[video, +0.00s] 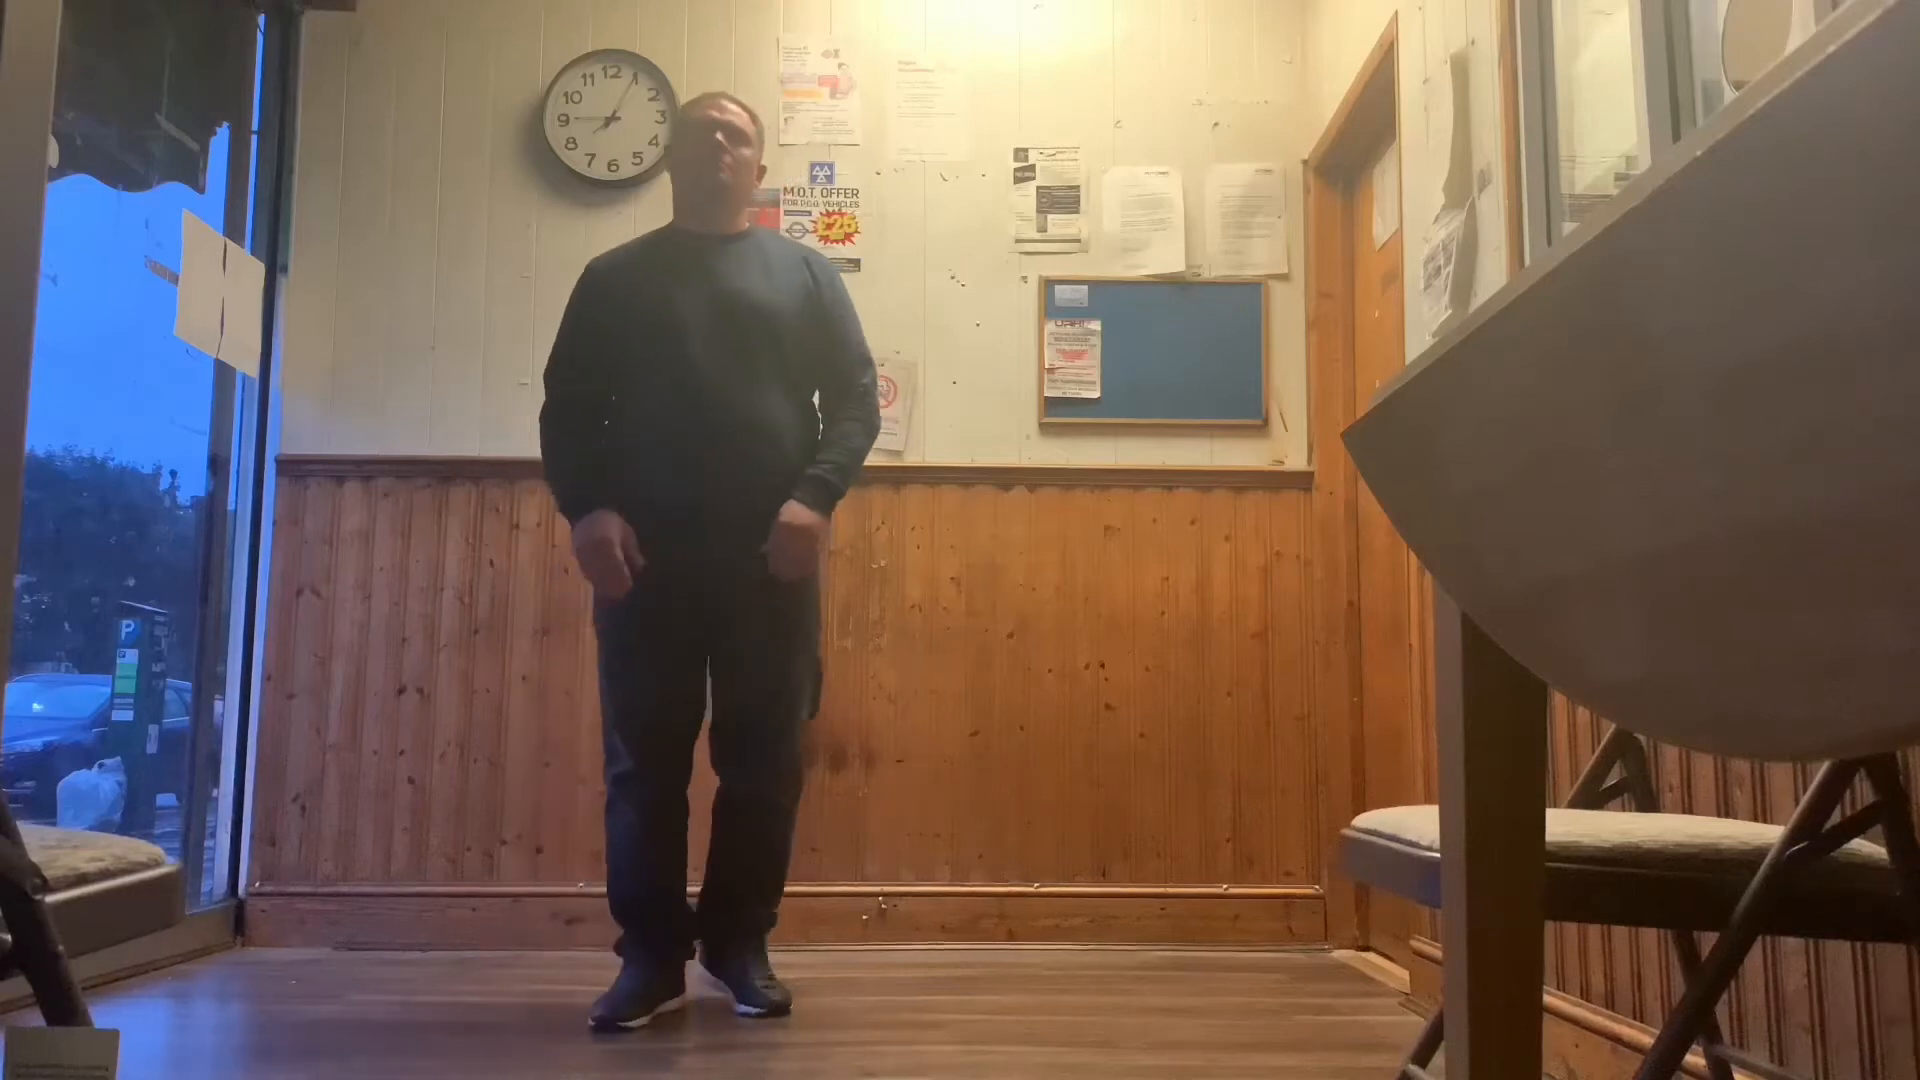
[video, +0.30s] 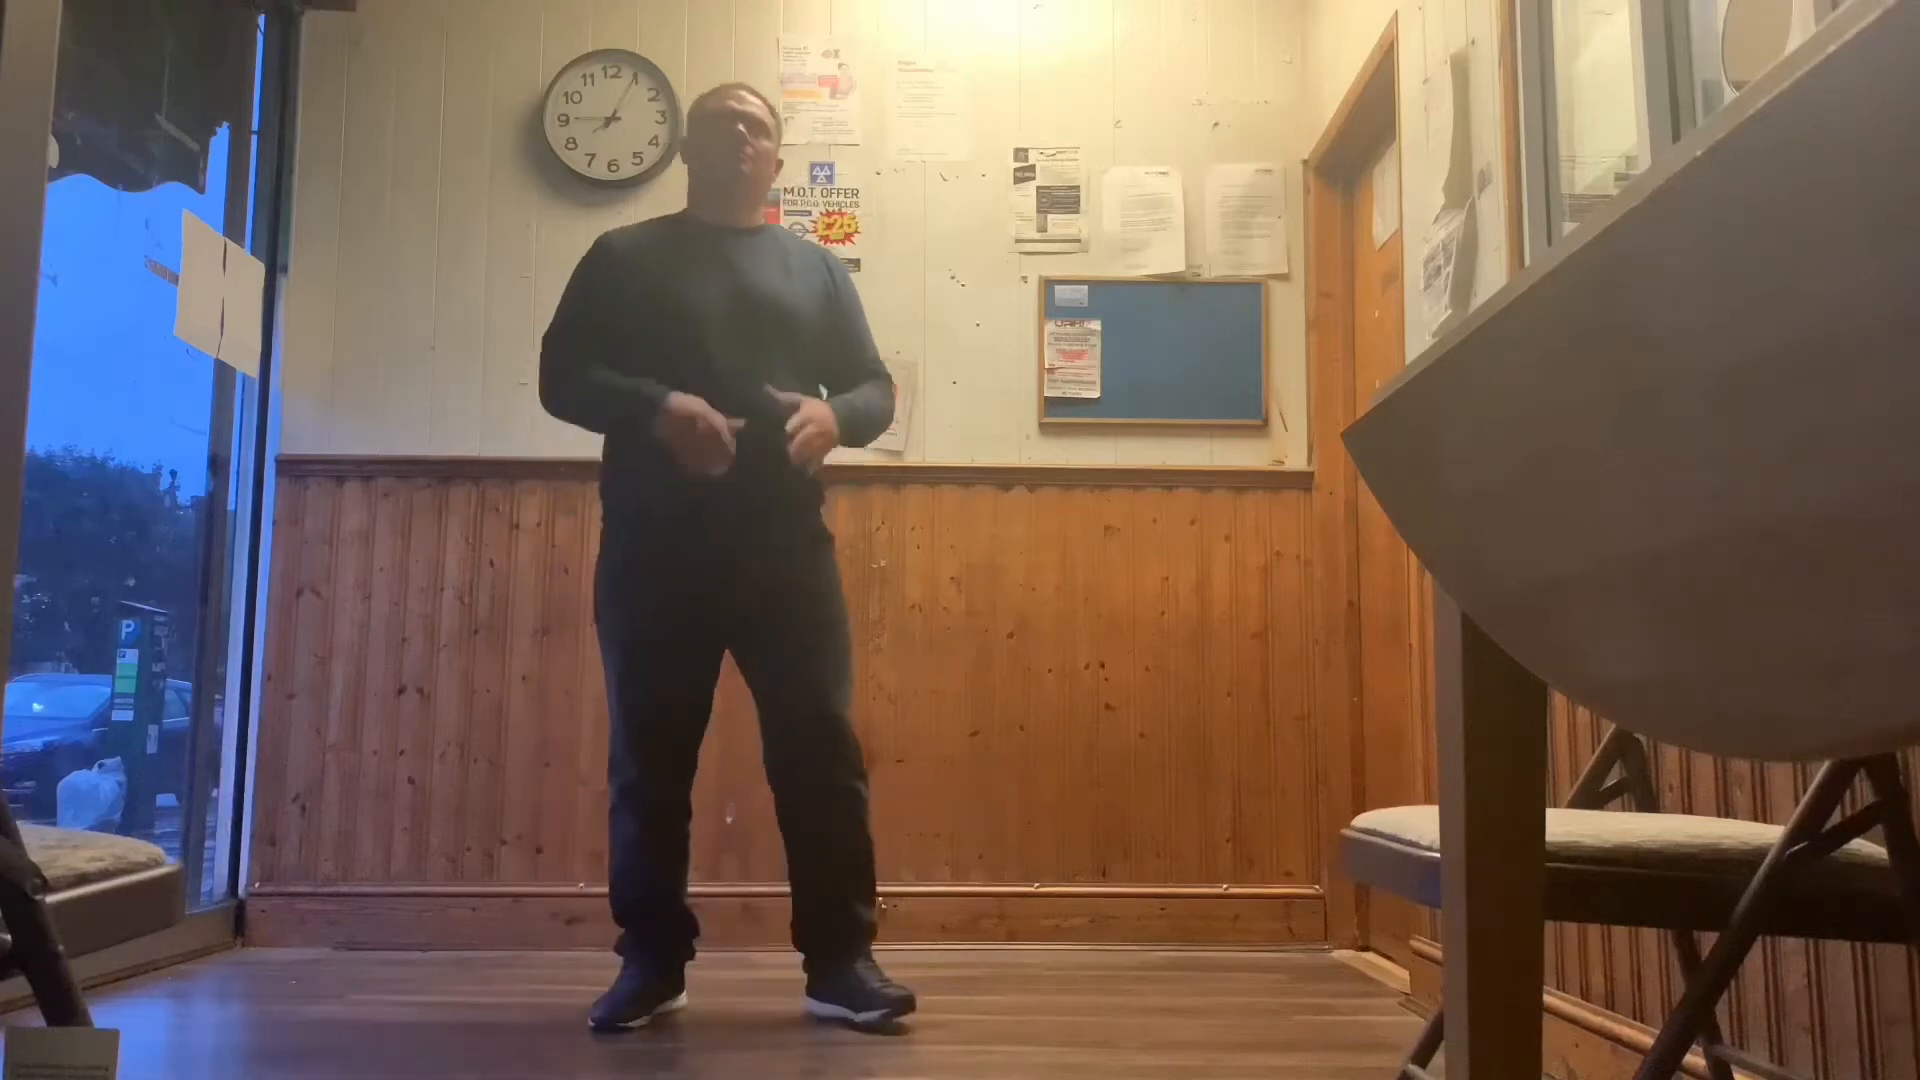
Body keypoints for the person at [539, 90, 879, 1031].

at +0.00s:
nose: (714, 140)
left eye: (733, 133)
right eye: (697, 129)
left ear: (760, 168)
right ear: (667, 160)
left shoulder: (806, 274)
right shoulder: (613, 276)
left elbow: (856, 403)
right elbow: (566, 404)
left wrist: (815, 495)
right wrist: (585, 507)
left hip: (768, 562)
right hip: (644, 561)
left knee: (762, 770)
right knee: (643, 771)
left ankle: (737, 950)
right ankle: (649, 960)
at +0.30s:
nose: (732, 131)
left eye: (751, 124)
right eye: (713, 119)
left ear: (779, 160)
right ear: (683, 152)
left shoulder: (815, 267)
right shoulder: (622, 256)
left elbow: (873, 391)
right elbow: (562, 377)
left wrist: (838, 415)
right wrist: (657, 409)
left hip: (784, 554)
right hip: (656, 554)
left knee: (821, 749)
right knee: (648, 767)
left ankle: (840, 963)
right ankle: (650, 962)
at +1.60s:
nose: (688, 154)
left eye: (710, 146)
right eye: (677, 142)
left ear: (749, 183)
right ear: (656, 168)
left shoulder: (784, 271)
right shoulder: (607, 265)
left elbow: (843, 371)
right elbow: (520, 341)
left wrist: (792, 323)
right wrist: (517, 256)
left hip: (720, 566)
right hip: (603, 557)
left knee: (715, 778)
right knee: (582, 776)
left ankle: (798, 931)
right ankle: (604, 959)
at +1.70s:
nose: (664, 190)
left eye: (686, 176)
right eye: (653, 175)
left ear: (729, 193)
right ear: (635, 186)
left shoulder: (759, 297)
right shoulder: (585, 290)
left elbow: (794, 411)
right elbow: (523, 390)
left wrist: (799, 474)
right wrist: (465, 433)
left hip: (678, 564)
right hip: (568, 556)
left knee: (601, 760)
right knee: (537, 769)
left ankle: (730, 887)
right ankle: (600, 957)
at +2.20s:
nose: (650, 181)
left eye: (670, 170)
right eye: (635, 169)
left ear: (704, 199)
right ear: (610, 194)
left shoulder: (746, 320)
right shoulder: (557, 307)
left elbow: (777, 459)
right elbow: (501, 413)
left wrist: (731, 545)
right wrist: (466, 477)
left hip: (687, 557)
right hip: (578, 553)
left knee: (619, 696)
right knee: (528, 744)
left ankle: (621, 952)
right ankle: (593, 953)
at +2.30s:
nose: (670, 166)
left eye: (689, 154)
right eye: (655, 153)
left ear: (722, 184)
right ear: (628, 180)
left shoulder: (759, 275)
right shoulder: (586, 283)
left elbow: (819, 380)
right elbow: (525, 382)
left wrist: (708, 347)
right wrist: (600, 317)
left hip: (730, 532)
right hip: (619, 537)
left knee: (721, 692)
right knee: (562, 749)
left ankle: (795, 851)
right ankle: (607, 958)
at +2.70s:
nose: (846, 214)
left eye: (855, 199)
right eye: (827, 201)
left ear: (872, 210)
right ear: (786, 215)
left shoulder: (920, 308)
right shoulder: (747, 319)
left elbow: (981, 394)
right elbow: (676, 416)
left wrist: (1059, 430)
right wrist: (707, 387)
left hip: (922, 575)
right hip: (815, 579)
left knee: (932, 776)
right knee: (845, 754)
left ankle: (891, 944)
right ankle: (765, 921)